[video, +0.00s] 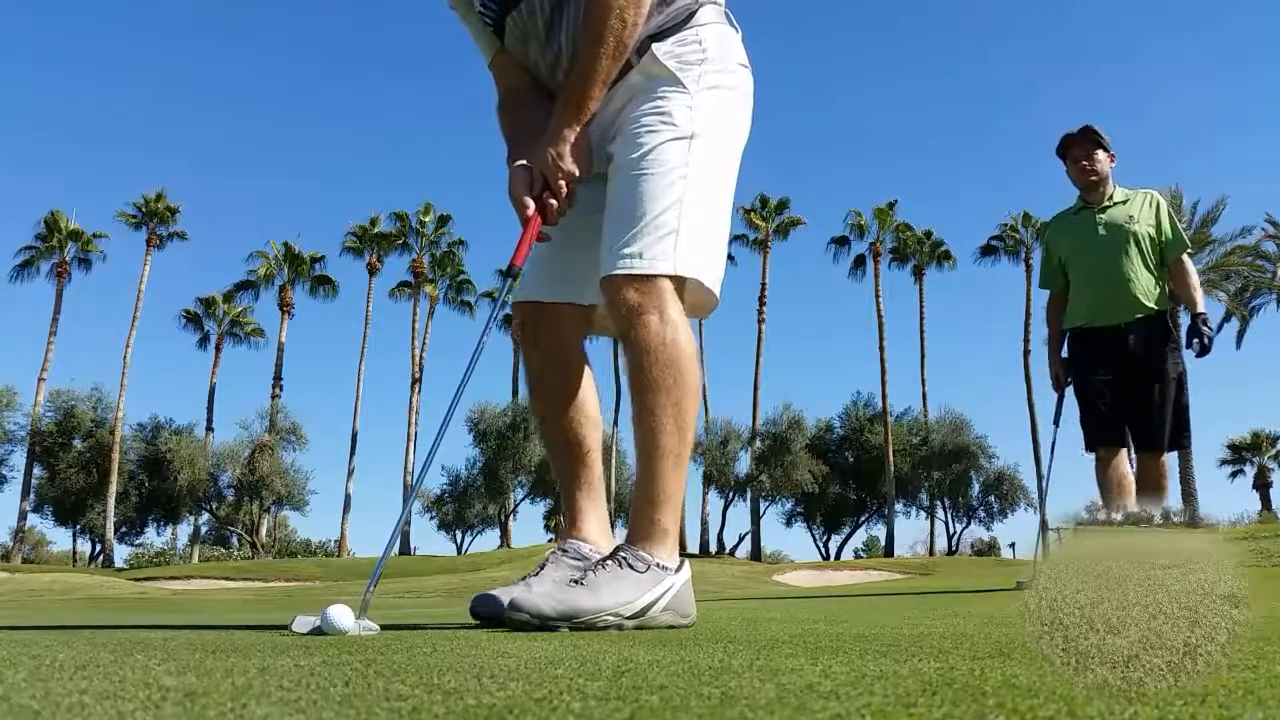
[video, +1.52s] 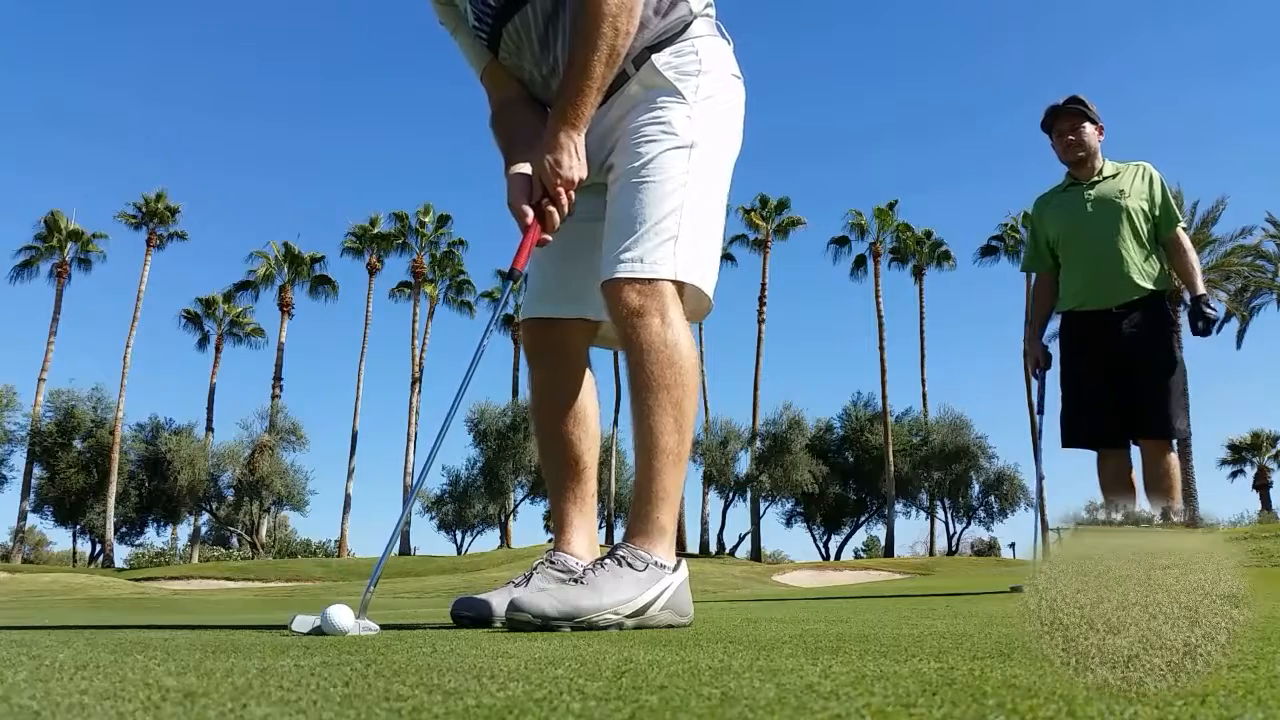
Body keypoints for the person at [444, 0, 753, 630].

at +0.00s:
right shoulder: (470, 5)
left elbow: (626, 5)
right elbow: (514, 81)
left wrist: (564, 123)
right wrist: (525, 149)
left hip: (673, 51)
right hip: (575, 100)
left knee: (642, 287)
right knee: (541, 318)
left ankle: (657, 562)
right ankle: (587, 550)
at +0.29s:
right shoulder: (457, 5)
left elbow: (619, 5)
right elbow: (506, 87)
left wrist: (564, 122)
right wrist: (518, 157)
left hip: (665, 57)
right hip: (570, 105)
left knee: (635, 288)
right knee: (546, 323)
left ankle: (656, 561)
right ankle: (575, 560)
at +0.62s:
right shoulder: (446, 6)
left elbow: (610, 5)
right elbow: (501, 97)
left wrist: (563, 122)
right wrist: (514, 161)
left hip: (661, 62)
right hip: (564, 110)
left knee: (635, 288)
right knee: (541, 325)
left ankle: (653, 559)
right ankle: (575, 559)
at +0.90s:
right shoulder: (452, 7)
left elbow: (614, 5)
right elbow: (506, 95)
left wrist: (565, 122)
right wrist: (517, 162)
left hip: (665, 61)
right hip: (570, 109)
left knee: (642, 289)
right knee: (544, 324)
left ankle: (655, 561)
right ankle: (574, 561)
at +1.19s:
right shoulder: (453, 6)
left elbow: (615, 5)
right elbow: (506, 94)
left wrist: (564, 125)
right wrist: (517, 161)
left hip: (664, 61)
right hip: (569, 109)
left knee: (639, 288)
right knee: (544, 322)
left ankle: (654, 562)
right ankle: (574, 560)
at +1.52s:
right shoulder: (453, 6)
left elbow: (616, 5)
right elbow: (507, 93)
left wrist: (566, 126)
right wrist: (521, 161)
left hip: (667, 61)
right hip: (571, 111)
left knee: (641, 287)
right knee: (547, 324)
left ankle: (654, 561)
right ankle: (575, 561)